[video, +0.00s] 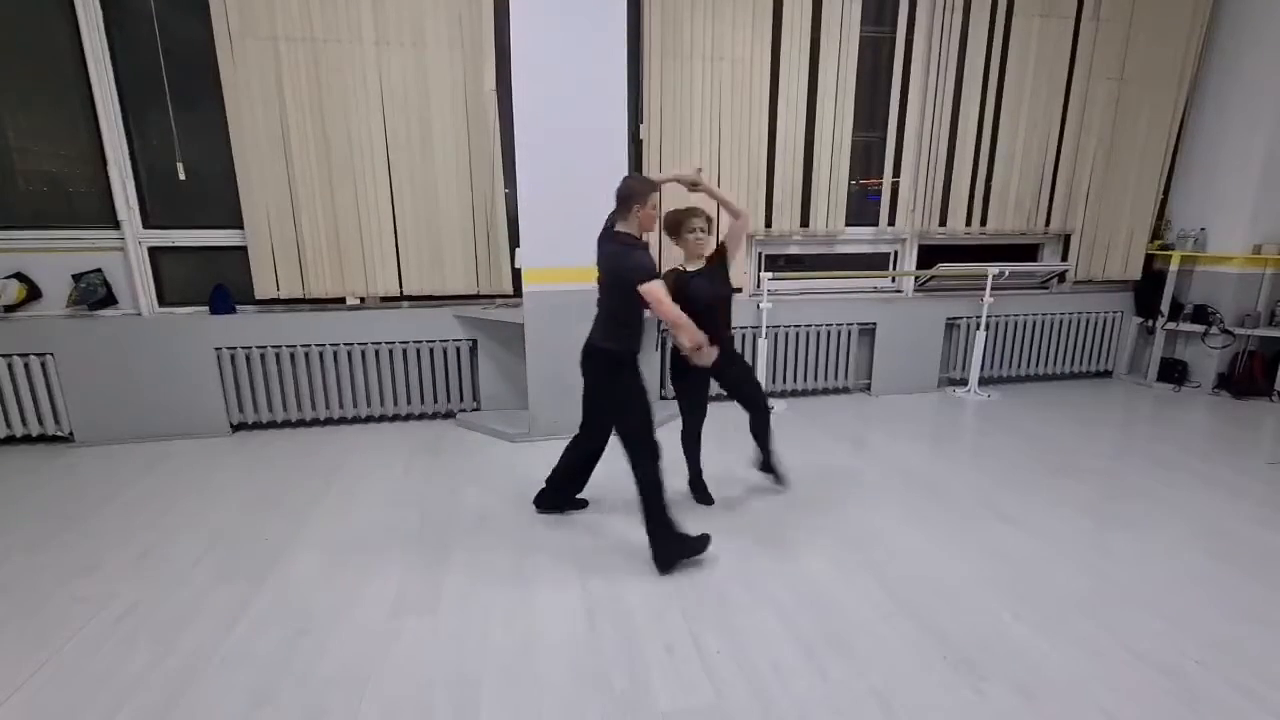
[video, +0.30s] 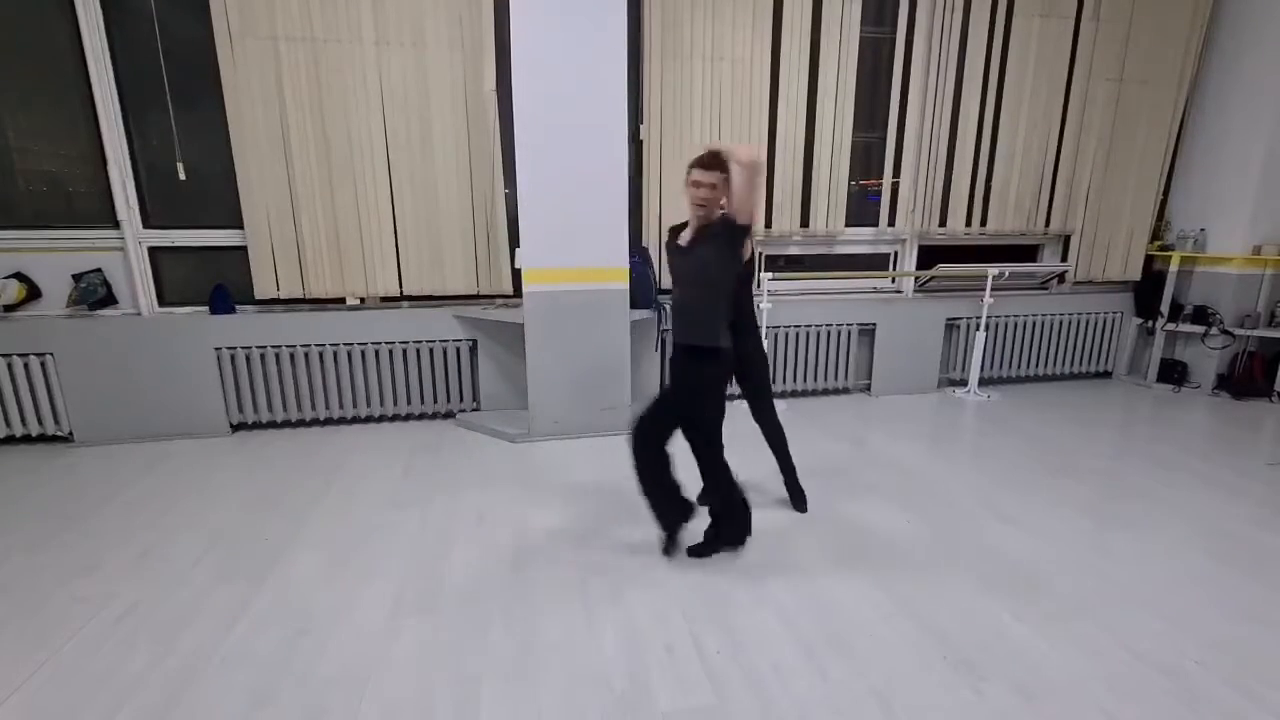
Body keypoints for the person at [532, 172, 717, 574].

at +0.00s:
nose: (657, 213)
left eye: (657, 206)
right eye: (654, 206)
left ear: (627, 206)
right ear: (639, 209)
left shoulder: (611, 236)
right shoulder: (635, 256)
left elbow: (636, 194)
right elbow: (669, 314)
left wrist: (673, 178)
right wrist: (701, 343)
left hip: (600, 354)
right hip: (616, 361)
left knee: (594, 432)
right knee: (644, 450)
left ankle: (555, 494)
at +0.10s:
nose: (689, 201)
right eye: (687, 196)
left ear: (646, 197)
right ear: (682, 202)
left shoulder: (626, 227)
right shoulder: (690, 255)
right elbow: (697, 322)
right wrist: (673, 350)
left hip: (615, 352)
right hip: (656, 359)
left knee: (592, 428)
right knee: (665, 456)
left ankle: (572, 498)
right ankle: (674, 547)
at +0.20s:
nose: (661, 184)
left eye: (667, 176)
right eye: (664, 175)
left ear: (681, 187)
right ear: (701, 192)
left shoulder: (673, 232)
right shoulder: (698, 237)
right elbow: (704, 305)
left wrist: (685, 156)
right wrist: (689, 335)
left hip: (659, 356)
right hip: (688, 355)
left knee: (615, 420)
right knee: (682, 449)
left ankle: (622, 502)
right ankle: (694, 546)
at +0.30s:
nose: (703, 194)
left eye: (712, 187)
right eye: (696, 185)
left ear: (724, 195)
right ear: (686, 189)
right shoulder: (678, 237)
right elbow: (685, 296)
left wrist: (727, 155)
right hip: (685, 357)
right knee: (705, 448)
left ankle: (673, 512)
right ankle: (730, 522)